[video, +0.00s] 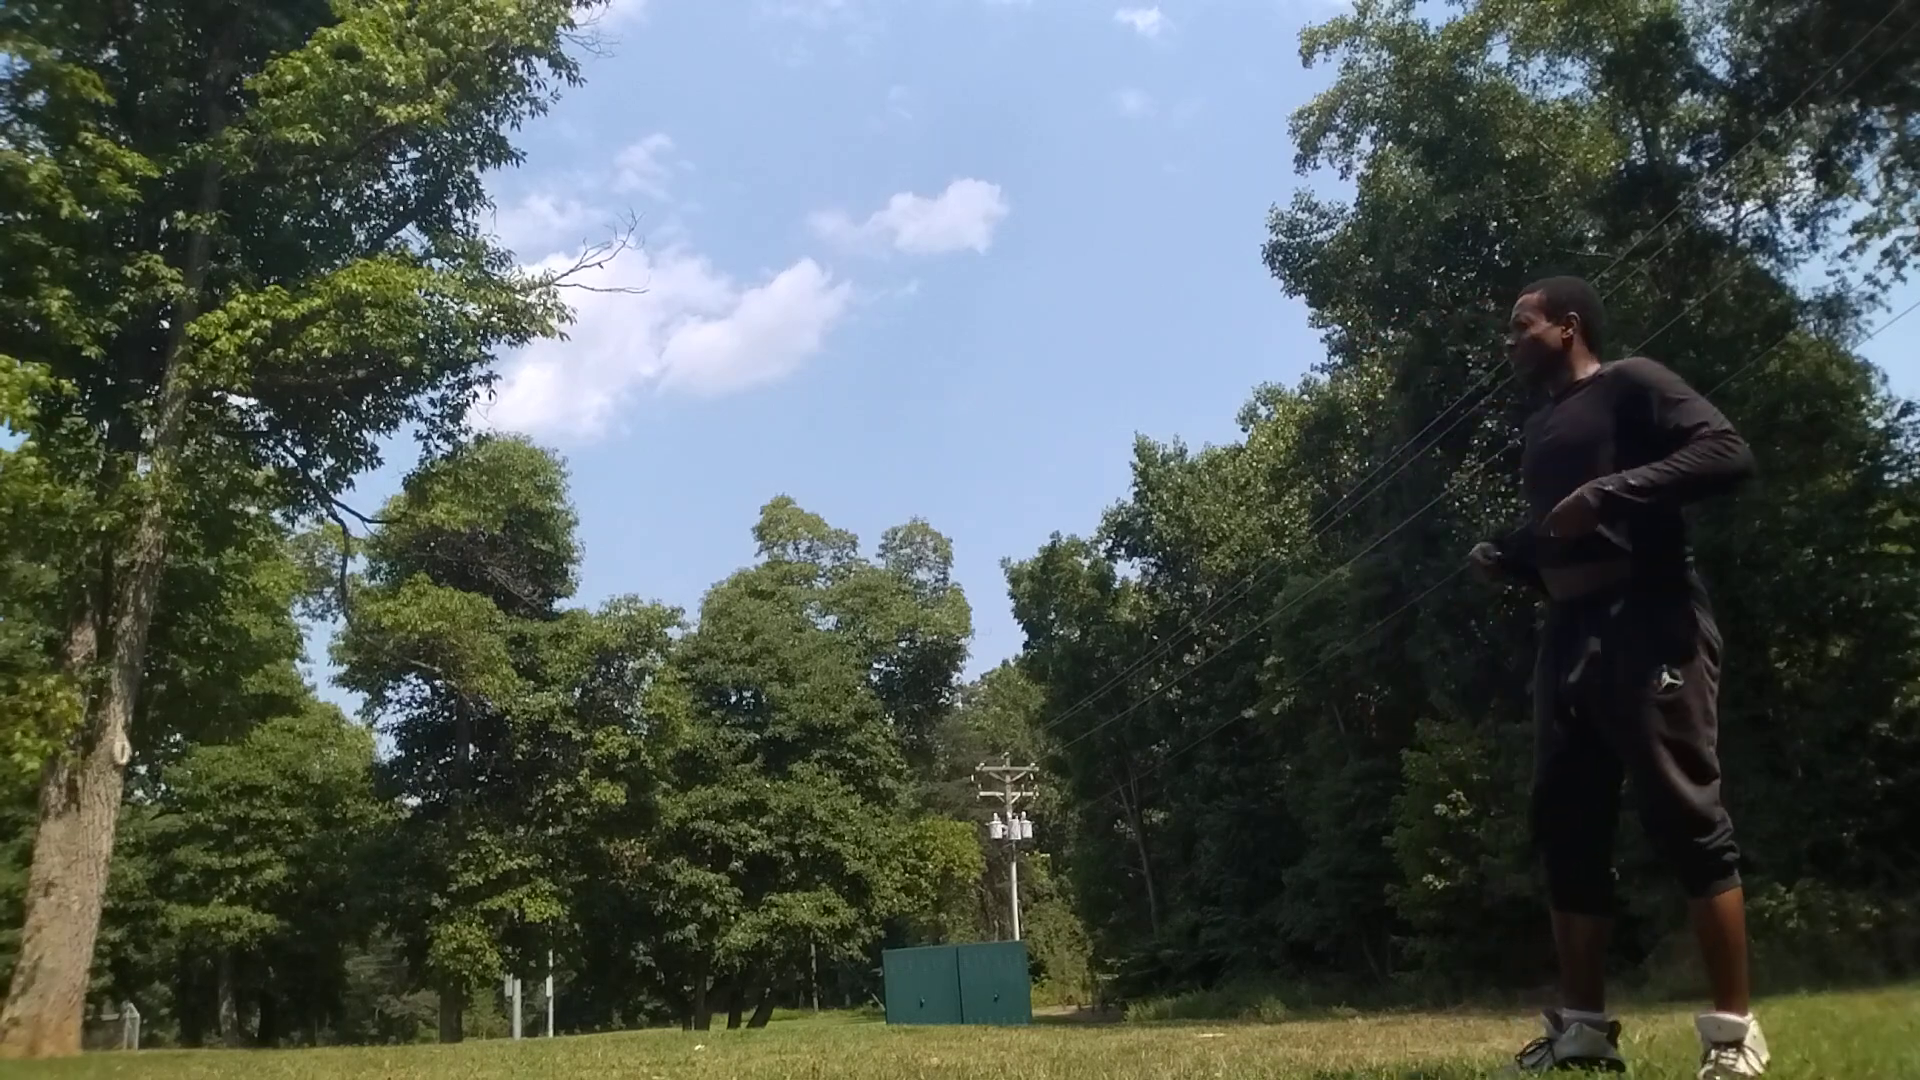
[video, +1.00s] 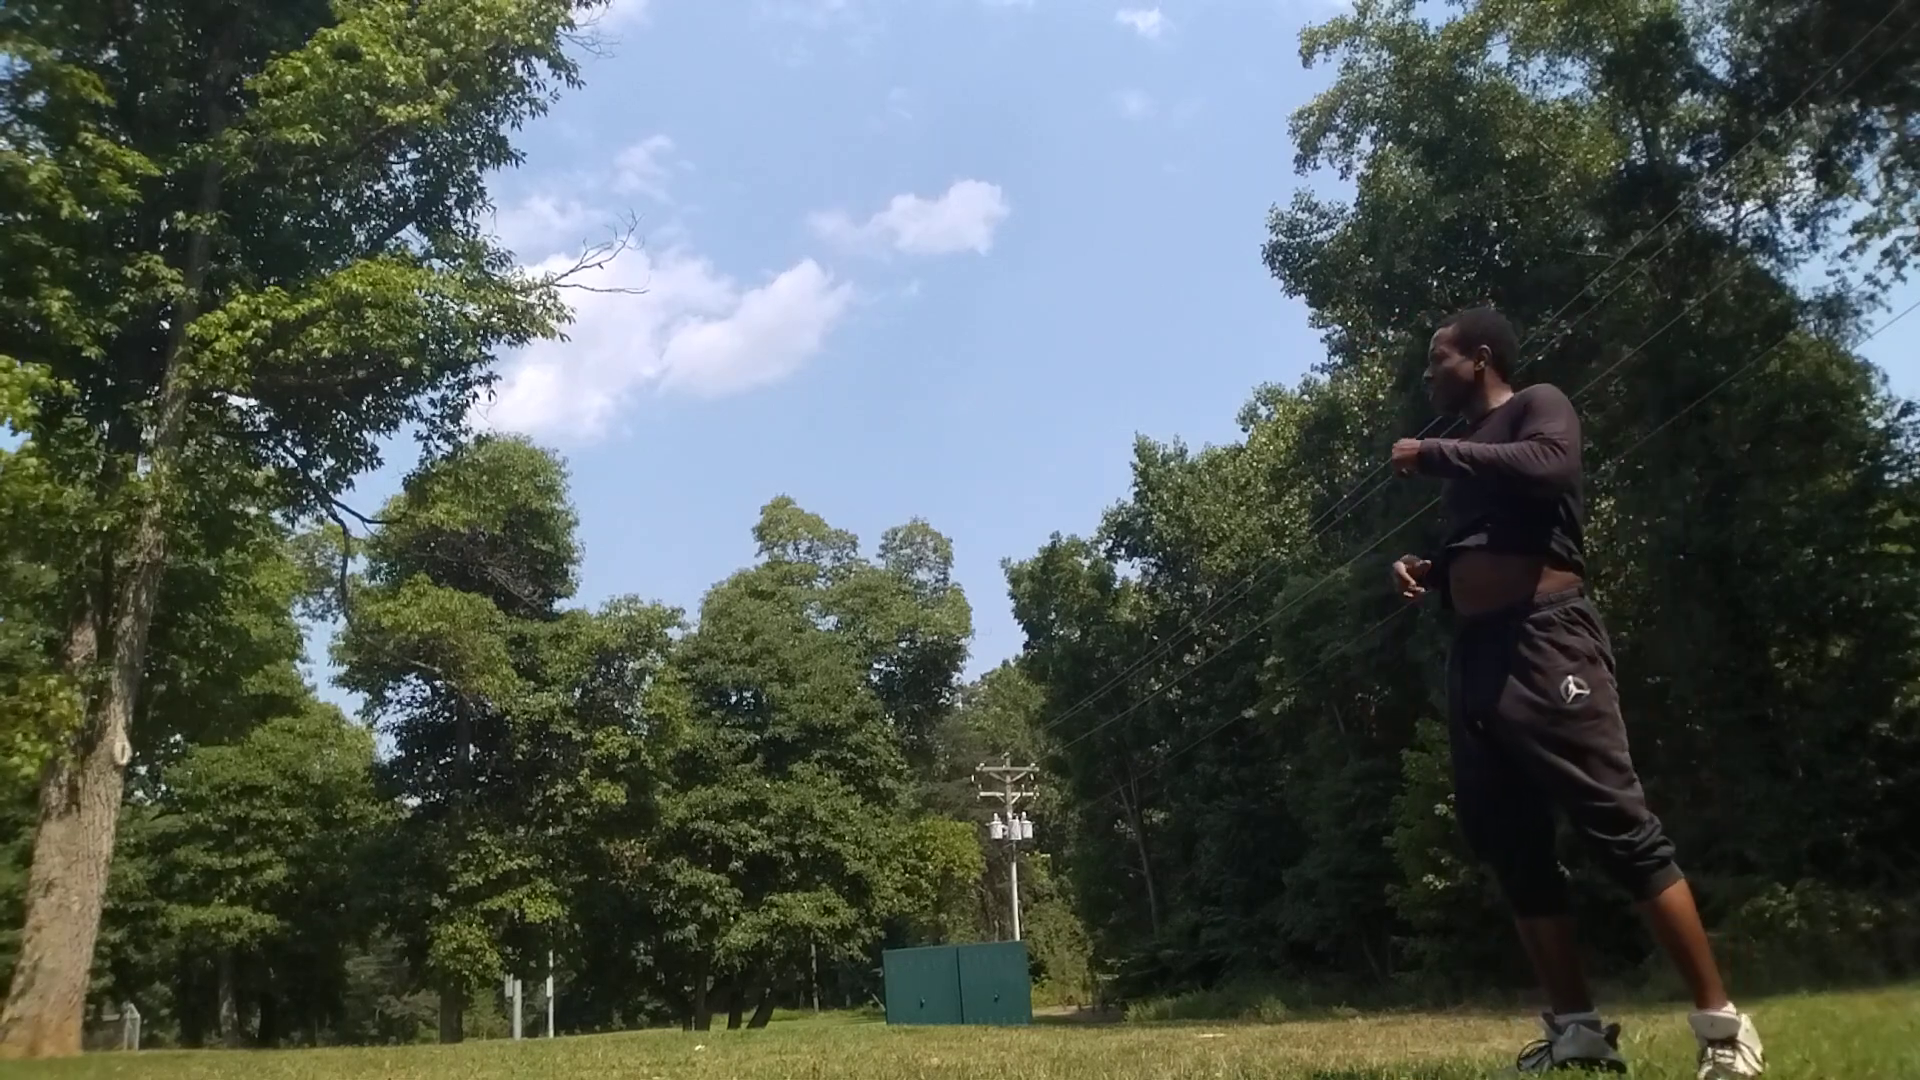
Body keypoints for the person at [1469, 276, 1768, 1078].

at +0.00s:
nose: (1511, 341)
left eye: (1522, 326)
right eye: (1511, 330)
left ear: (1567, 326)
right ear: (1555, 330)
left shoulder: (1633, 379)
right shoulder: (1542, 426)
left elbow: (1726, 450)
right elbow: (1567, 537)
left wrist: (1604, 492)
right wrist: (1510, 555)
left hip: (1654, 630)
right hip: (1572, 639)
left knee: (1691, 822)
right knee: (1566, 825)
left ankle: (1733, 1034)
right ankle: (1582, 1028)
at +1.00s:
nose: (1429, 371)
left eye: (1437, 358)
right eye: (1429, 361)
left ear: (1479, 358)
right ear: (1467, 362)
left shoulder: (1539, 403)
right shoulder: (1456, 448)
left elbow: (1554, 464)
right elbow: (1476, 548)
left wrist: (1441, 453)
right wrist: (1426, 565)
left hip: (1550, 637)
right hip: (1479, 652)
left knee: (1628, 835)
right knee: (1512, 844)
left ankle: (1723, 1031)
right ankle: (1574, 1032)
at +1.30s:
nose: (1390, 386)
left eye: (1395, 372)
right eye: (1389, 375)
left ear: (1432, 369)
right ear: (1432, 371)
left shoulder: (1497, 406)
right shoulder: (1432, 458)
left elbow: (1481, 453)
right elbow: (1452, 577)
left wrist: (1383, 444)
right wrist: (1398, 596)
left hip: (1524, 633)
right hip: (1460, 654)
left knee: (1595, 830)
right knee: (1515, 847)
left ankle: (1700, 1019)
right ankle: (1576, 1029)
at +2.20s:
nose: (1426, 348)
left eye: (1442, 332)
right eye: (1419, 338)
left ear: (1469, 336)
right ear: (1431, 355)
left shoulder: (1517, 390)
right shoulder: (1401, 449)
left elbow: (1448, 287)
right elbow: (1392, 541)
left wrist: (1394, 377)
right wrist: (1371, 567)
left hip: (1540, 612)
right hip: (1457, 639)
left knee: (1556, 806)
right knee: (1497, 826)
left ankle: (1607, 1030)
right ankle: (1563, 1025)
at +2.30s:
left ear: (1474, 324)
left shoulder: (1528, 372)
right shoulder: (1415, 429)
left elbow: (1471, 275)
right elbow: (1413, 527)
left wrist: (1416, 366)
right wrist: (1384, 557)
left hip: (1546, 598)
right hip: (1462, 624)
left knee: (1569, 810)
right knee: (1489, 822)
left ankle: (1610, 1033)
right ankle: (1562, 1022)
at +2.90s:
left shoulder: (1586, 325)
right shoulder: (1447, 366)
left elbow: (1590, 213)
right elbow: (1404, 468)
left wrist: (1472, 285)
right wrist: (1382, 475)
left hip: (1588, 578)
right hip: (1481, 587)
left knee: (1600, 807)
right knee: (1506, 798)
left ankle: (1611, 1032)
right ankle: (1548, 1028)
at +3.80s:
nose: (1513, 157)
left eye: (1528, 139)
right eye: (1502, 147)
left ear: (1574, 149)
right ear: (1487, 173)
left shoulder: (1666, 233)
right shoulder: (1477, 248)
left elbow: (1753, 363)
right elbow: (1416, 112)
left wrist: (1845, 485)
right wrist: (1568, 105)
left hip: (1690, 516)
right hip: (1556, 542)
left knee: (1793, 749)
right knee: (1618, 791)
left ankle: (1902, 1005)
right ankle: (1673, 1033)